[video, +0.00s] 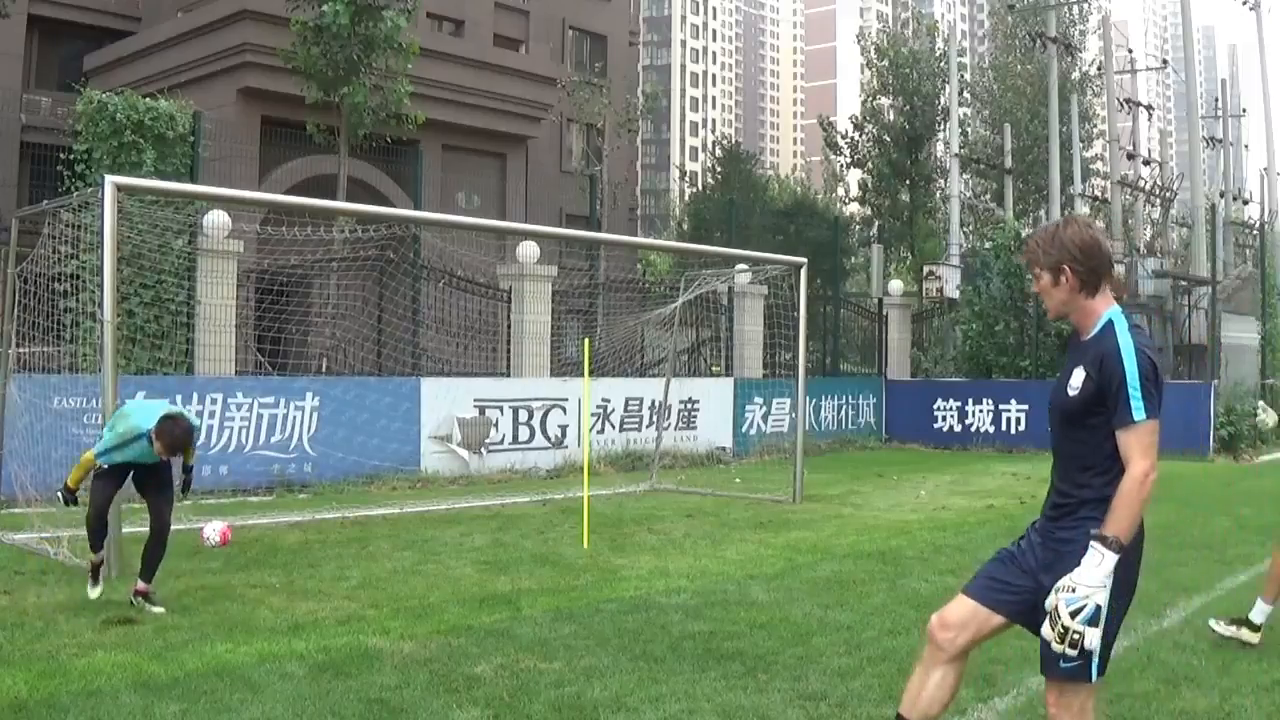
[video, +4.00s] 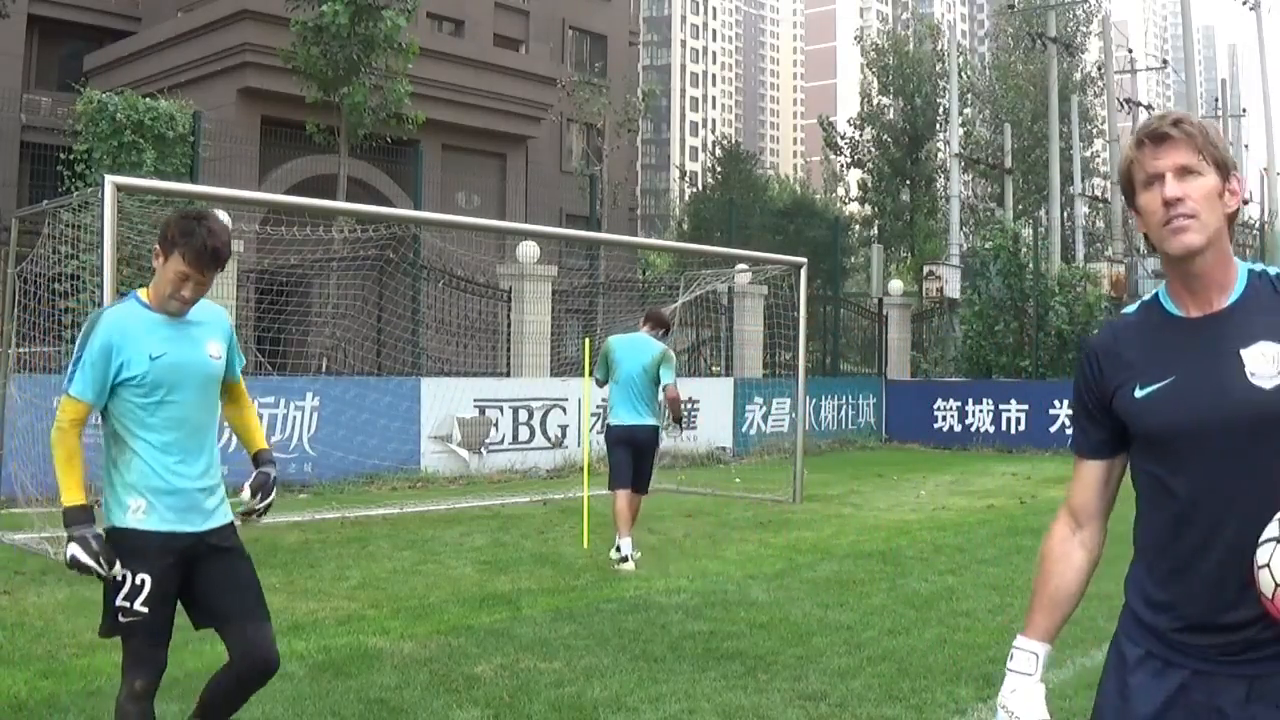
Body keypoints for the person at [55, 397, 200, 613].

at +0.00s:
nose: (165, 457)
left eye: (170, 455)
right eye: (162, 453)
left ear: (185, 441)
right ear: (154, 435)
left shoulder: (190, 429)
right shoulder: (128, 432)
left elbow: (190, 447)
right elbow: (90, 458)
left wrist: (187, 470)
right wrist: (69, 487)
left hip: (153, 460)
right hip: (116, 457)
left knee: (162, 525)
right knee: (96, 512)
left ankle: (141, 591)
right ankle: (97, 559)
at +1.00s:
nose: (190, 429)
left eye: (195, 427)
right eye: (190, 423)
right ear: (181, 403)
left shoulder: (191, 398)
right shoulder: (144, 405)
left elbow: (184, 431)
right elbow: (98, 444)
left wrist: (182, 457)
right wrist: (114, 491)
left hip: (161, 462)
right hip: (126, 464)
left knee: (170, 532)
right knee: (135, 538)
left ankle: (165, 609)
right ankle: (144, 600)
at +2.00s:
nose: (68, 307)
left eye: (77, 301)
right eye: (63, 298)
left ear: (86, 305)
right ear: (50, 296)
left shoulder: (96, 349)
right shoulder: (19, 345)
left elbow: (95, 406)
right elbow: (2, 402)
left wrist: (95, 455)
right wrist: (4, 460)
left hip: (74, 469)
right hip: (26, 468)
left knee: (57, 562)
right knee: (36, 562)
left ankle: (47, 652)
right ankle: (44, 621)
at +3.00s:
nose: (84, 275)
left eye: (89, 266)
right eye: (73, 266)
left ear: (94, 271)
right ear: (47, 273)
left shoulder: (104, 331)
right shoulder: (20, 331)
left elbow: (108, 408)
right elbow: (2, 407)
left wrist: (110, 471)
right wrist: (4, 470)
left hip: (94, 487)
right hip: (36, 491)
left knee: (110, 600)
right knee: (38, 607)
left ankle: (116, 712)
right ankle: (42, 704)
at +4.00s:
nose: (190, 293)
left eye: (203, 284)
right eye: (183, 278)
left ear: (215, 276)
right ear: (159, 257)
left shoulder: (216, 323)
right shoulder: (112, 328)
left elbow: (235, 395)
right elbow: (67, 425)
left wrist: (263, 459)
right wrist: (78, 521)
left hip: (213, 526)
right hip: (142, 532)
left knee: (258, 660)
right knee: (141, 684)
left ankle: (198, 719)